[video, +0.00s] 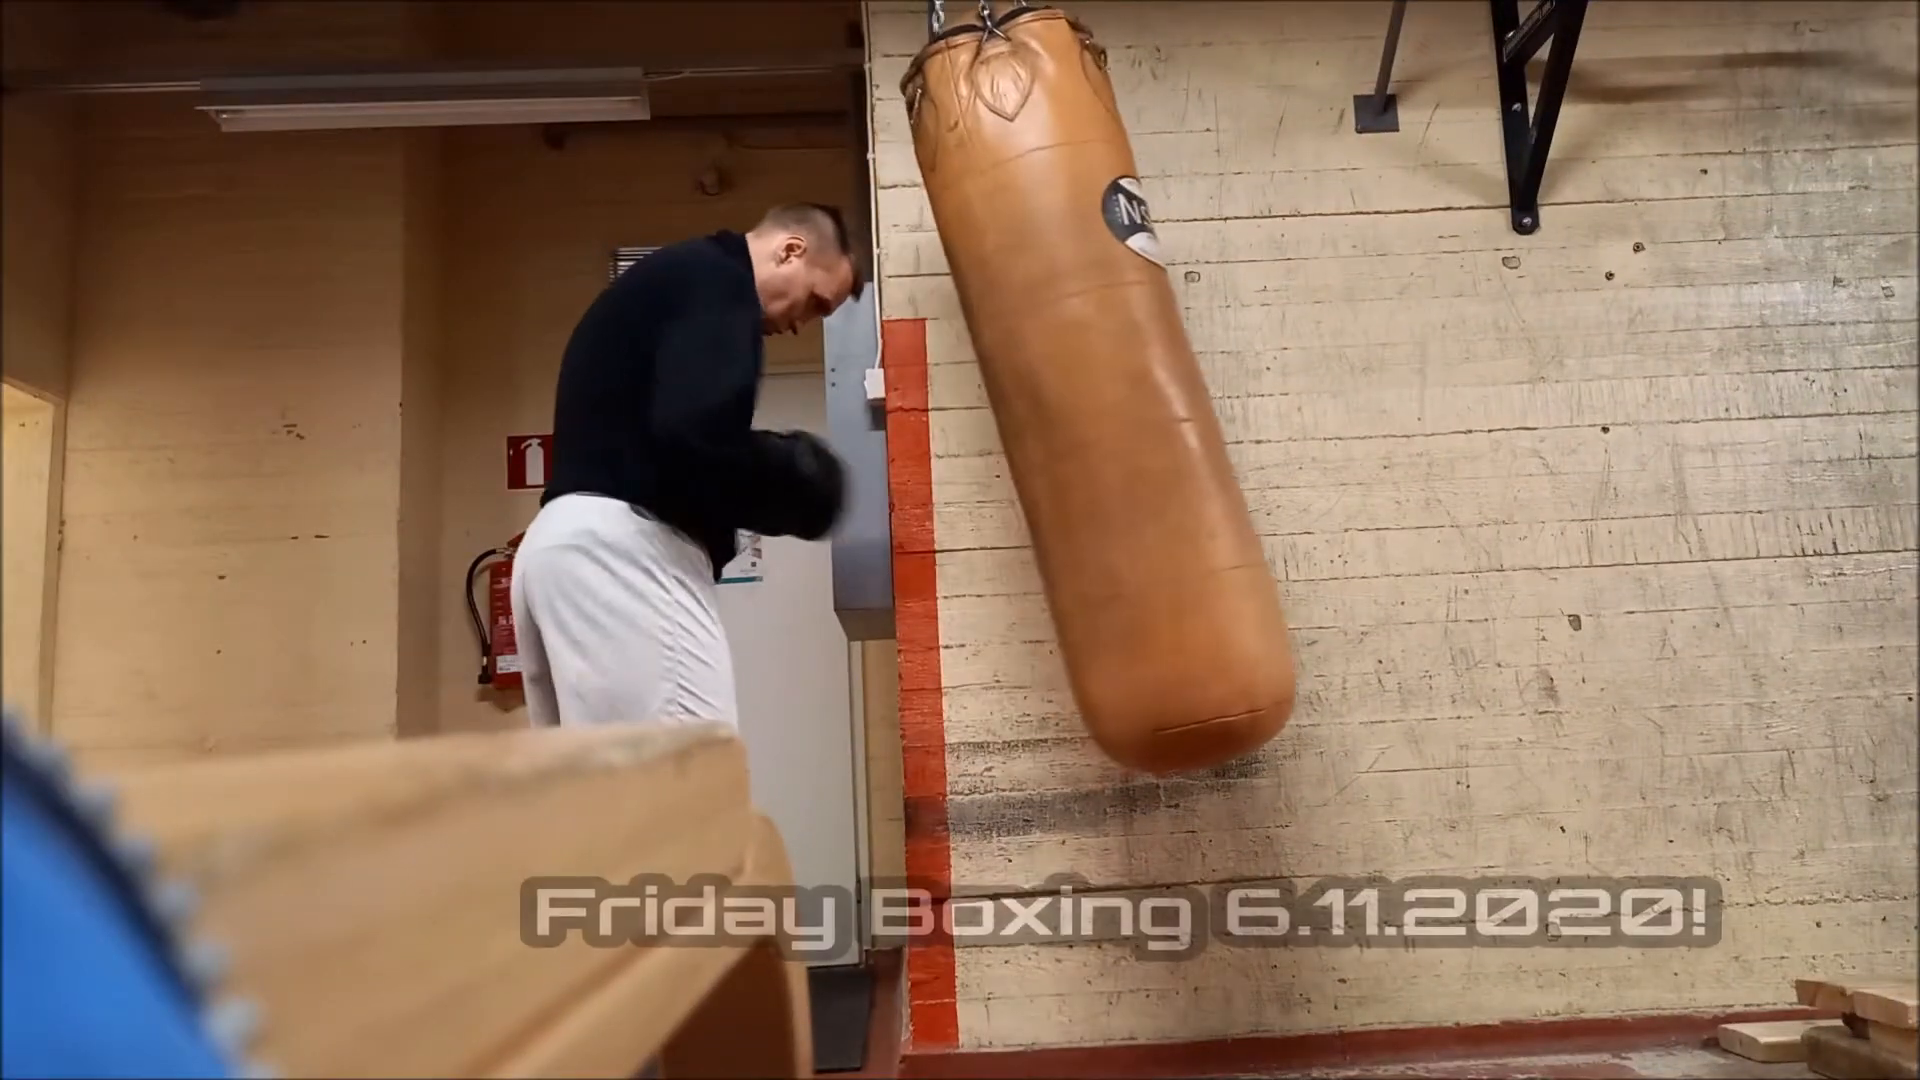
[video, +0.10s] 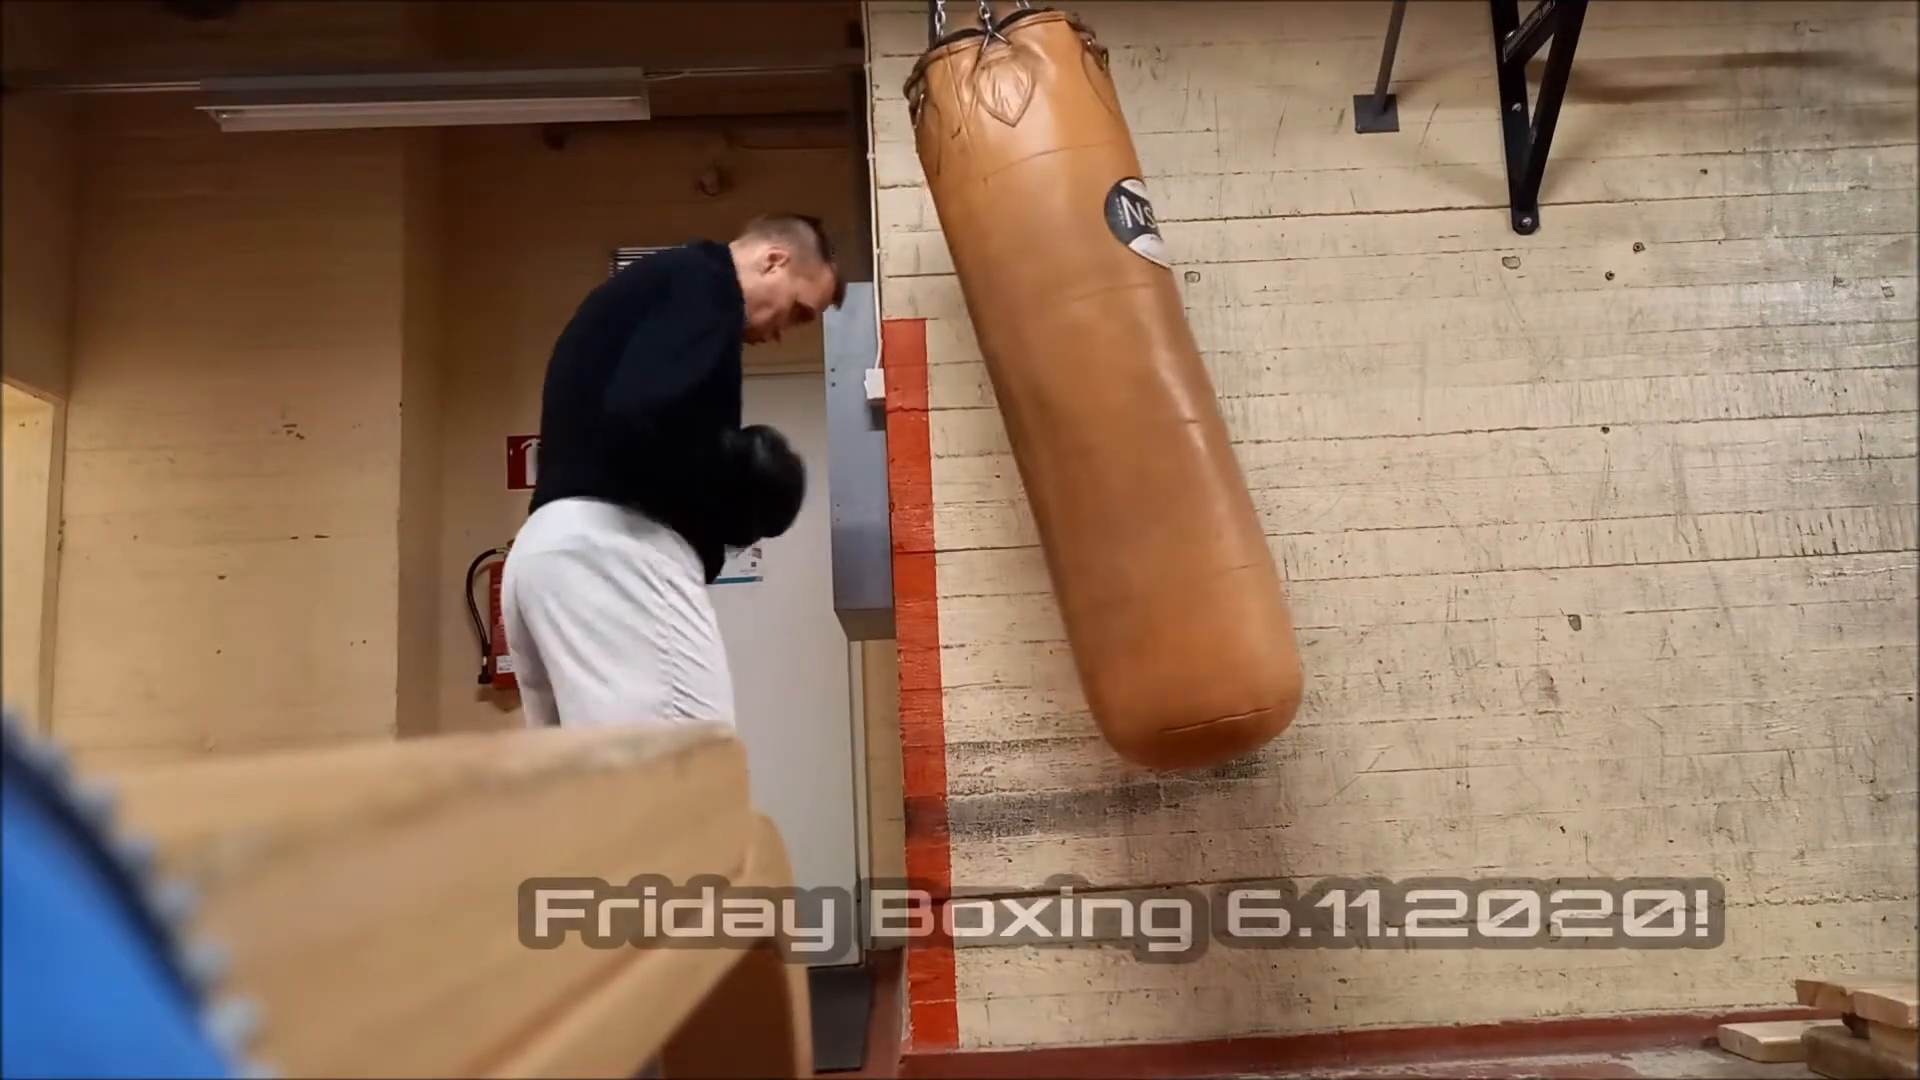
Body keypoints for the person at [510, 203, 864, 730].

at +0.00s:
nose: (800, 325)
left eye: (817, 315)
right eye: (814, 302)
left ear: (788, 248)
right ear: (791, 250)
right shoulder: (716, 281)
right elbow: (696, 444)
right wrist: (802, 473)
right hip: (620, 548)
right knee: (688, 801)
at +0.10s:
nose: (782, 333)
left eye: (799, 323)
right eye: (797, 310)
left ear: (771, 259)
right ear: (773, 261)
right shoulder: (703, 285)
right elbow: (650, 423)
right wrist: (750, 473)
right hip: (612, 551)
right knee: (683, 800)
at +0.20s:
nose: (761, 344)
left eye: (777, 334)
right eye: (775, 322)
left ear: (751, 272)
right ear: (752, 274)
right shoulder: (688, 293)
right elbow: (637, 420)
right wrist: (723, 510)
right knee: (693, 788)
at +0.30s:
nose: (751, 349)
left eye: (768, 339)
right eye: (765, 327)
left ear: (743, 277)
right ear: (744, 278)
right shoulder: (681, 296)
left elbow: (515, 465)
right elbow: (636, 426)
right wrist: (721, 501)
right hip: (581, 564)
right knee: (672, 791)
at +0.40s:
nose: (751, 342)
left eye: (766, 331)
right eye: (764, 319)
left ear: (740, 269)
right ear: (742, 270)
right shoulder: (662, 288)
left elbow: (528, 457)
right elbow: (625, 423)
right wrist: (728, 433)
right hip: (575, 566)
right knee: (651, 790)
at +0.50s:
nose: (759, 336)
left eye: (774, 326)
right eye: (770, 312)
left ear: (741, 263)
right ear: (744, 263)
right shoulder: (631, 287)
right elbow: (598, 443)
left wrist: (703, 545)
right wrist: (713, 423)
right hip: (570, 569)